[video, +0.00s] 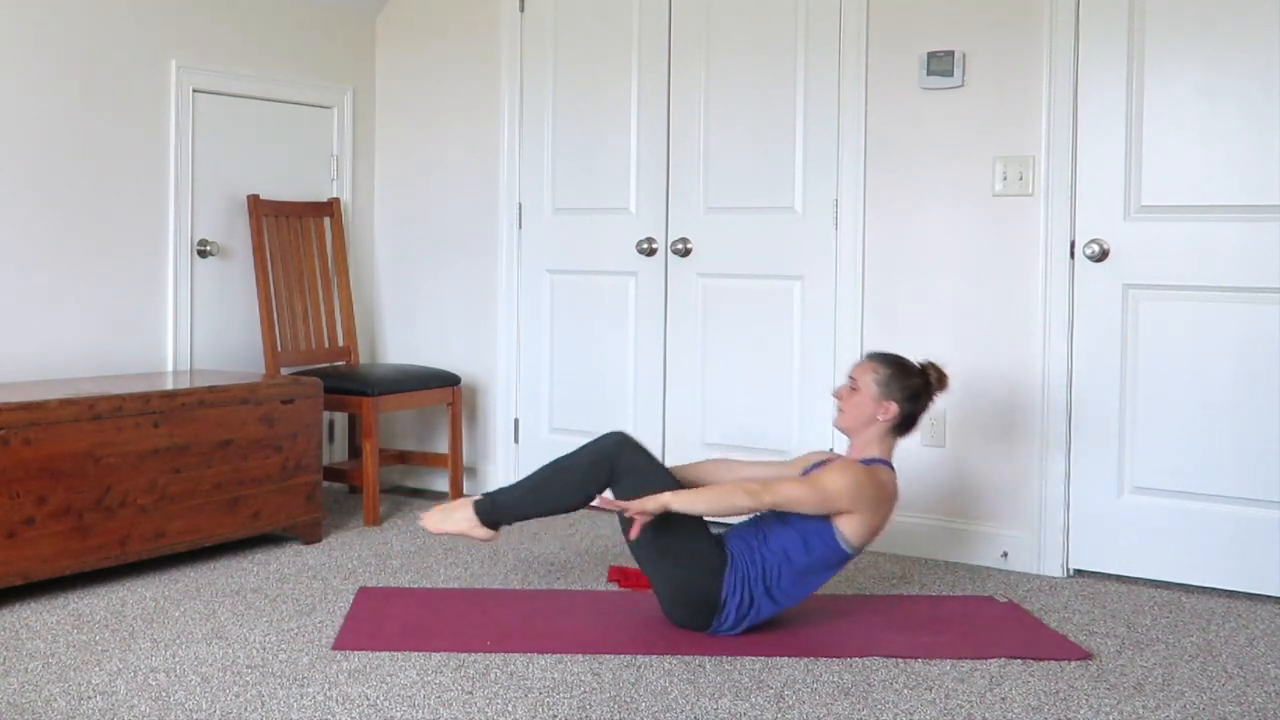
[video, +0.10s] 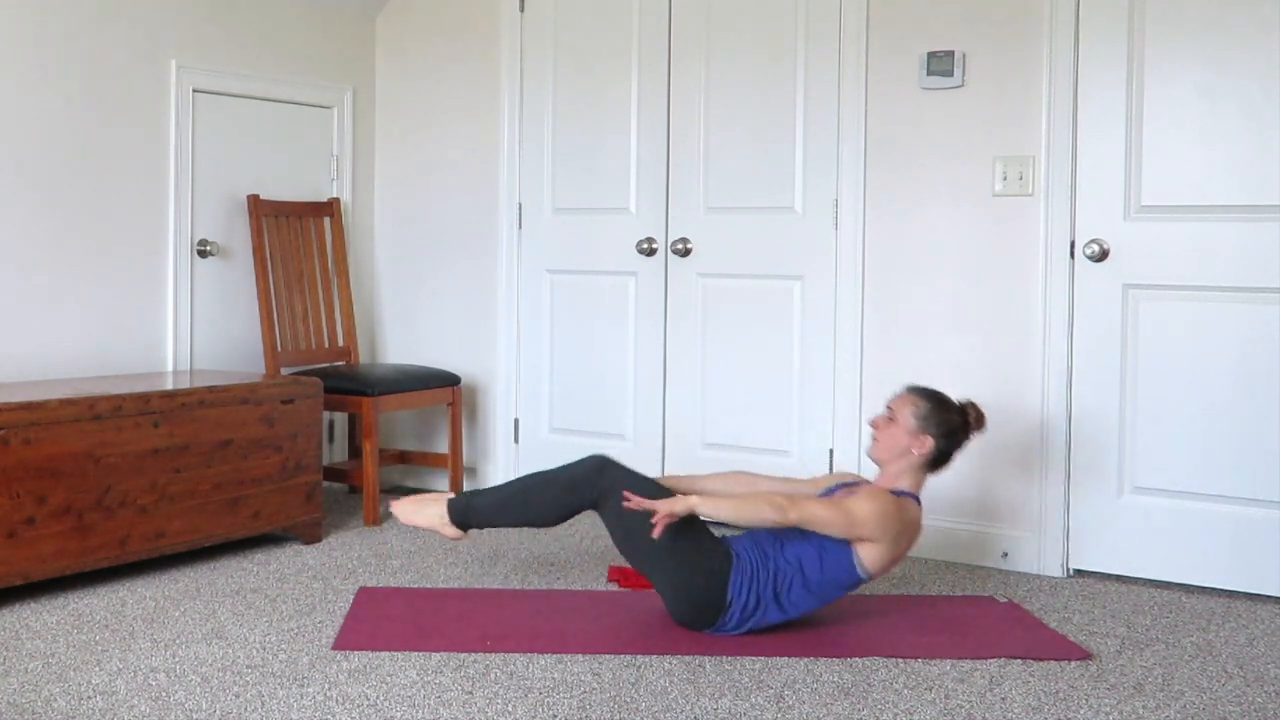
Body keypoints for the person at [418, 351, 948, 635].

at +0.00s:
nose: (838, 393)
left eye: (852, 388)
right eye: (845, 383)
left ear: (885, 413)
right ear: (873, 409)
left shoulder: (865, 483)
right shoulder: (836, 465)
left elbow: (759, 498)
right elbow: (741, 475)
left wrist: (660, 502)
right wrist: (649, 490)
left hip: (716, 595)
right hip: (714, 570)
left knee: (619, 452)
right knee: (619, 450)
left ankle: (483, 514)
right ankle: (489, 509)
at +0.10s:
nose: (876, 425)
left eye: (891, 421)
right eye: (883, 415)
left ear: (920, 449)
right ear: (904, 439)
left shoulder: (887, 512)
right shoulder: (863, 488)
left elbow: (788, 513)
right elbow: (772, 489)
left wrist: (693, 507)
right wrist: (683, 485)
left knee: (596, 476)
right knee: (602, 471)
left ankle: (454, 513)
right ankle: (461, 509)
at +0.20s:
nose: (905, 459)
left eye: (922, 457)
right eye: (916, 450)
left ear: (947, 488)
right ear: (936, 482)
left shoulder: (901, 541)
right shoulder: (893, 523)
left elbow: (800, 519)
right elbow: (799, 512)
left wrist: (710, 501)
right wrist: (704, 494)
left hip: (725, 589)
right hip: (732, 568)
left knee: (588, 493)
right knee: (593, 493)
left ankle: (445, 504)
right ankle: (450, 500)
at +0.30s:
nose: (926, 485)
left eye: (943, 486)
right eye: (937, 478)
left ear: (966, 519)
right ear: (952, 507)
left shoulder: (914, 566)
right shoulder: (903, 543)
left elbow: (820, 532)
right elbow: (813, 524)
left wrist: (740, 498)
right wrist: (723, 494)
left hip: (732, 586)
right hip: (736, 565)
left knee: (594, 503)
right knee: (596, 500)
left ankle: (452, 472)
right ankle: (459, 470)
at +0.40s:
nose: (949, 495)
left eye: (965, 498)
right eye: (959, 489)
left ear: (980, 536)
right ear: (962, 520)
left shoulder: (929, 582)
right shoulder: (906, 548)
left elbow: (846, 545)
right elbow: (824, 531)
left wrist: (763, 501)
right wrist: (741, 500)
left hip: (734, 587)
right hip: (732, 562)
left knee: (602, 496)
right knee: (601, 489)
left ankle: (471, 430)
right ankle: (474, 431)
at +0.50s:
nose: (953, 501)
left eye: (969, 505)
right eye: (966, 496)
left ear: (985, 543)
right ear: (967, 527)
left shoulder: (930, 585)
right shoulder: (912, 559)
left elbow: (843, 543)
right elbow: (822, 533)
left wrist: (767, 509)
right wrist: (744, 504)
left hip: (739, 582)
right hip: (740, 563)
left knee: (606, 484)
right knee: (607, 480)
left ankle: (484, 409)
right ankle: (486, 414)